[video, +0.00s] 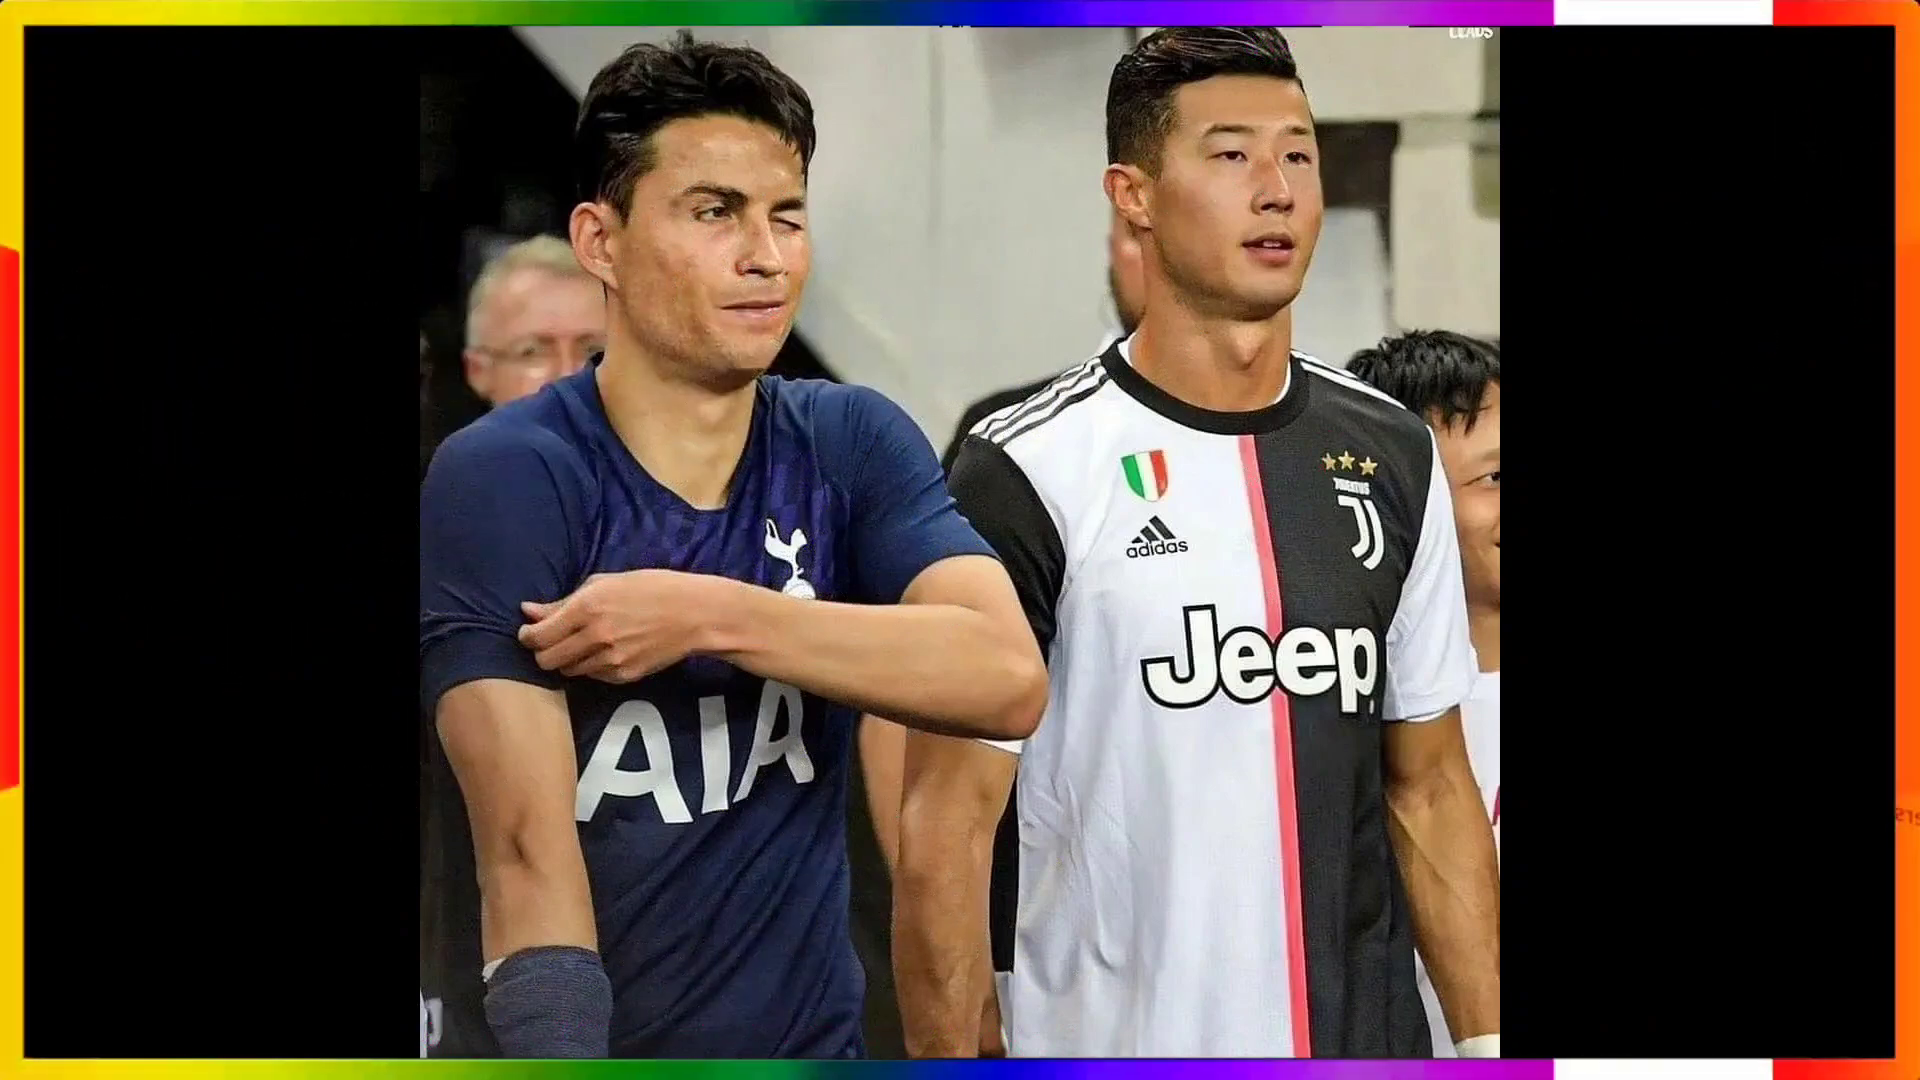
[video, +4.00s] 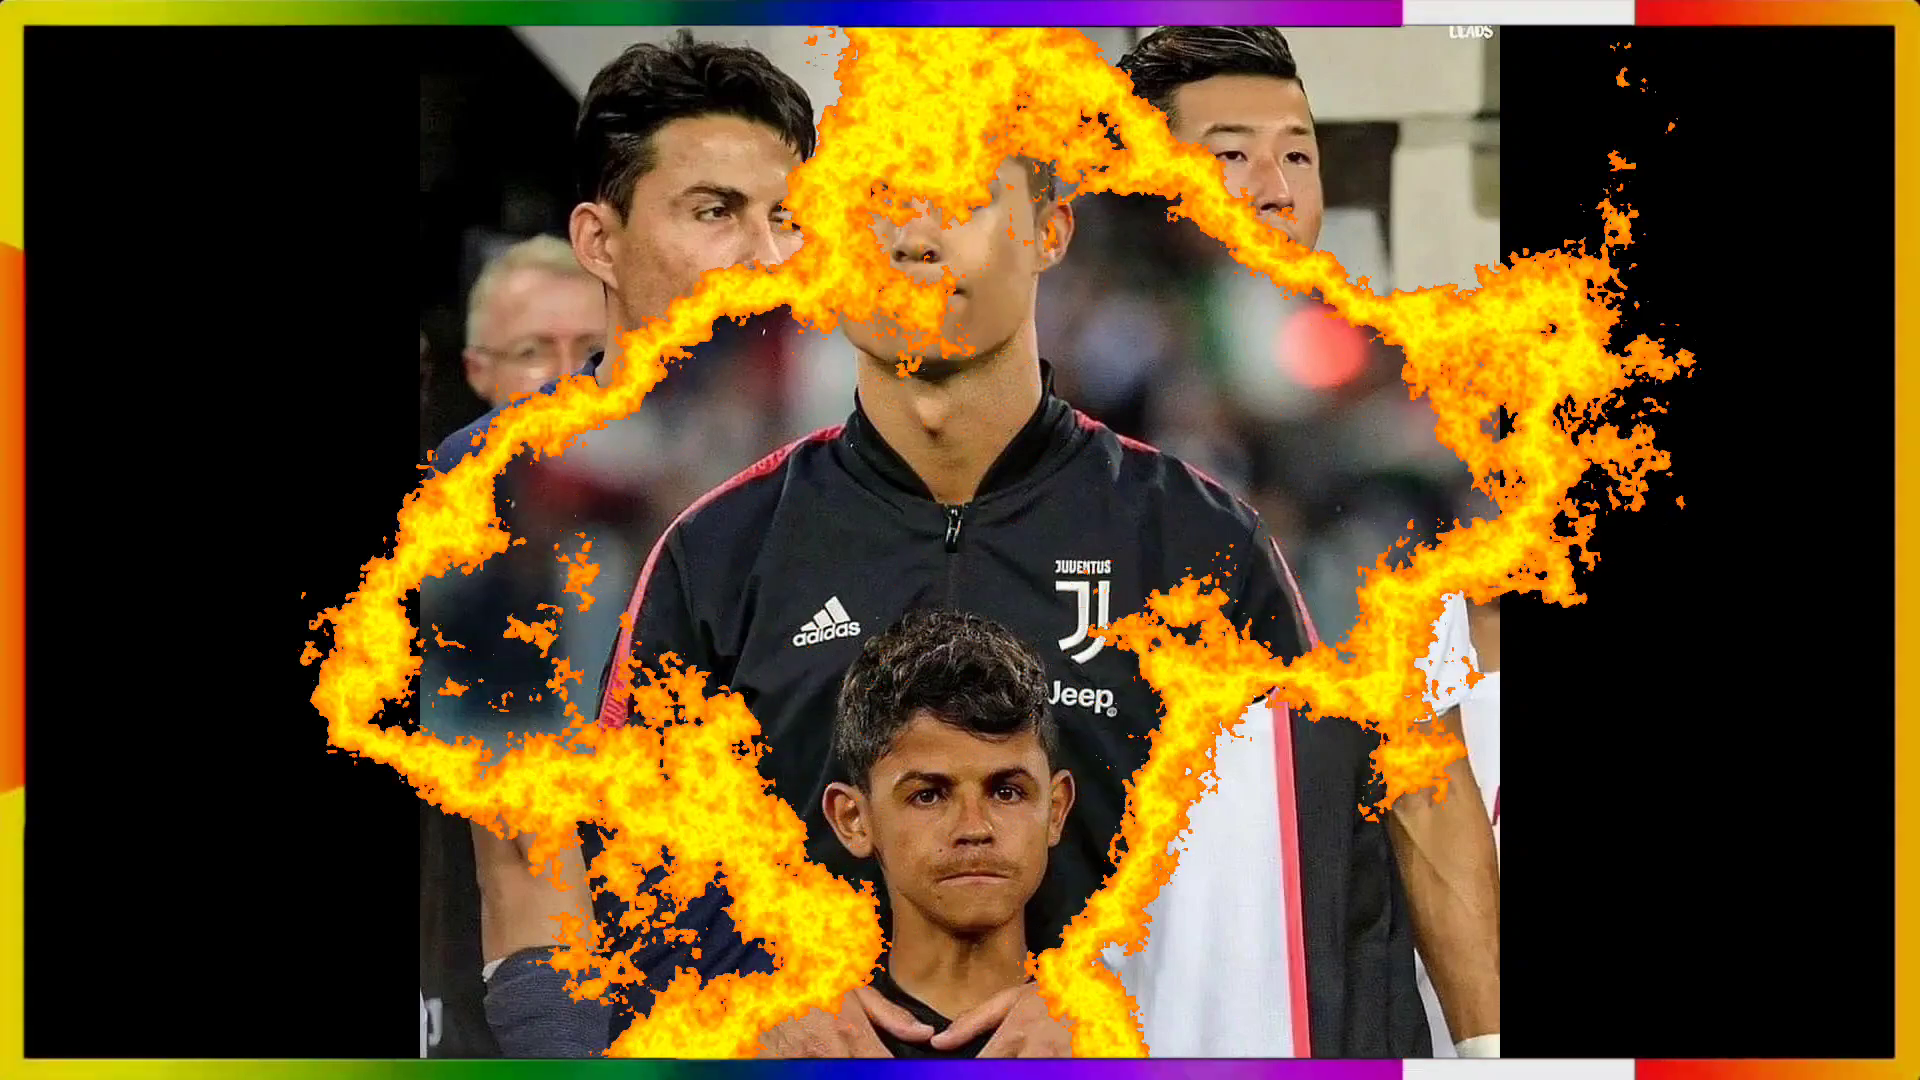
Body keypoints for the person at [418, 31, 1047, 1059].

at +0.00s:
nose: (766, 257)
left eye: (786, 218)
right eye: (712, 212)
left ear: (809, 236)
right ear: (601, 241)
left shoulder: (857, 439)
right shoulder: (500, 476)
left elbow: (1009, 681)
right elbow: (525, 851)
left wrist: (713, 613)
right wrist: (560, 1058)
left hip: (811, 1041)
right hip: (594, 1036)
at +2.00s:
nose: (766, 257)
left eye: (785, 218)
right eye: (712, 212)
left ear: (809, 237)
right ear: (601, 241)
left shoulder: (856, 439)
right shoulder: (499, 476)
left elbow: (1009, 681)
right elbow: (525, 851)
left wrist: (713, 613)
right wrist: (561, 1058)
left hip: (812, 1042)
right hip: (594, 1036)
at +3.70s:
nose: (767, 260)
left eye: (787, 219)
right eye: (715, 212)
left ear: (811, 236)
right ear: (600, 241)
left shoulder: (846, 453)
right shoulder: (497, 475)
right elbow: (524, 855)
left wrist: (708, 619)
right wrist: (560, 1060)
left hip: (813, 1037)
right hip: (602, 1037)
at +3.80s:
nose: (766, 259)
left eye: (788, 220)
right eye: (714, 212)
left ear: (811, 238)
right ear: (600, 241)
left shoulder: (857, 453)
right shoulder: (492, 477)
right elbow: (524, 845)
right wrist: (560, 1053)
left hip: (841, 1030)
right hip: (614, 1034)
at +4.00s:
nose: (766, 257)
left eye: (787, 218)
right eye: (714, 211)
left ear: (809, 234)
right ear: (598, 239)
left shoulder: (830, 461)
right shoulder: (497, 478)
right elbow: (527, 856)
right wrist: (571, 1047)